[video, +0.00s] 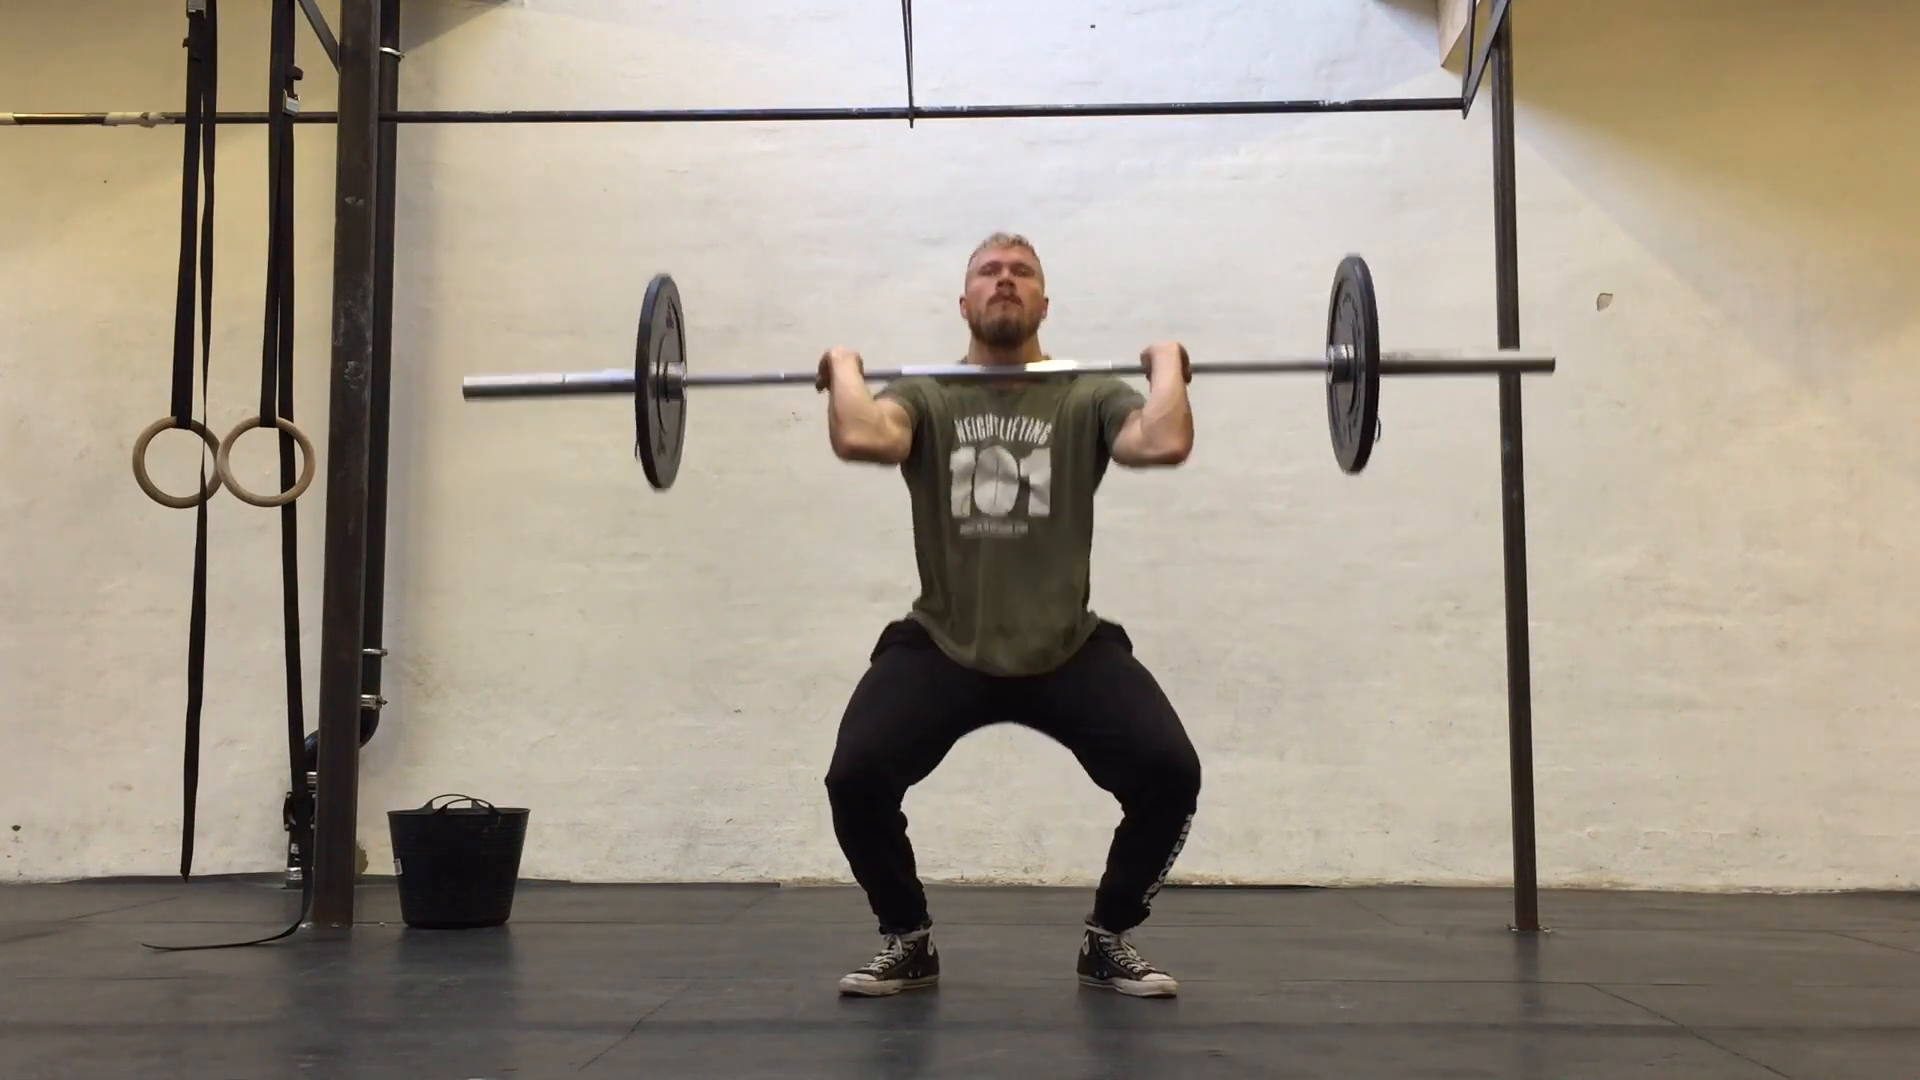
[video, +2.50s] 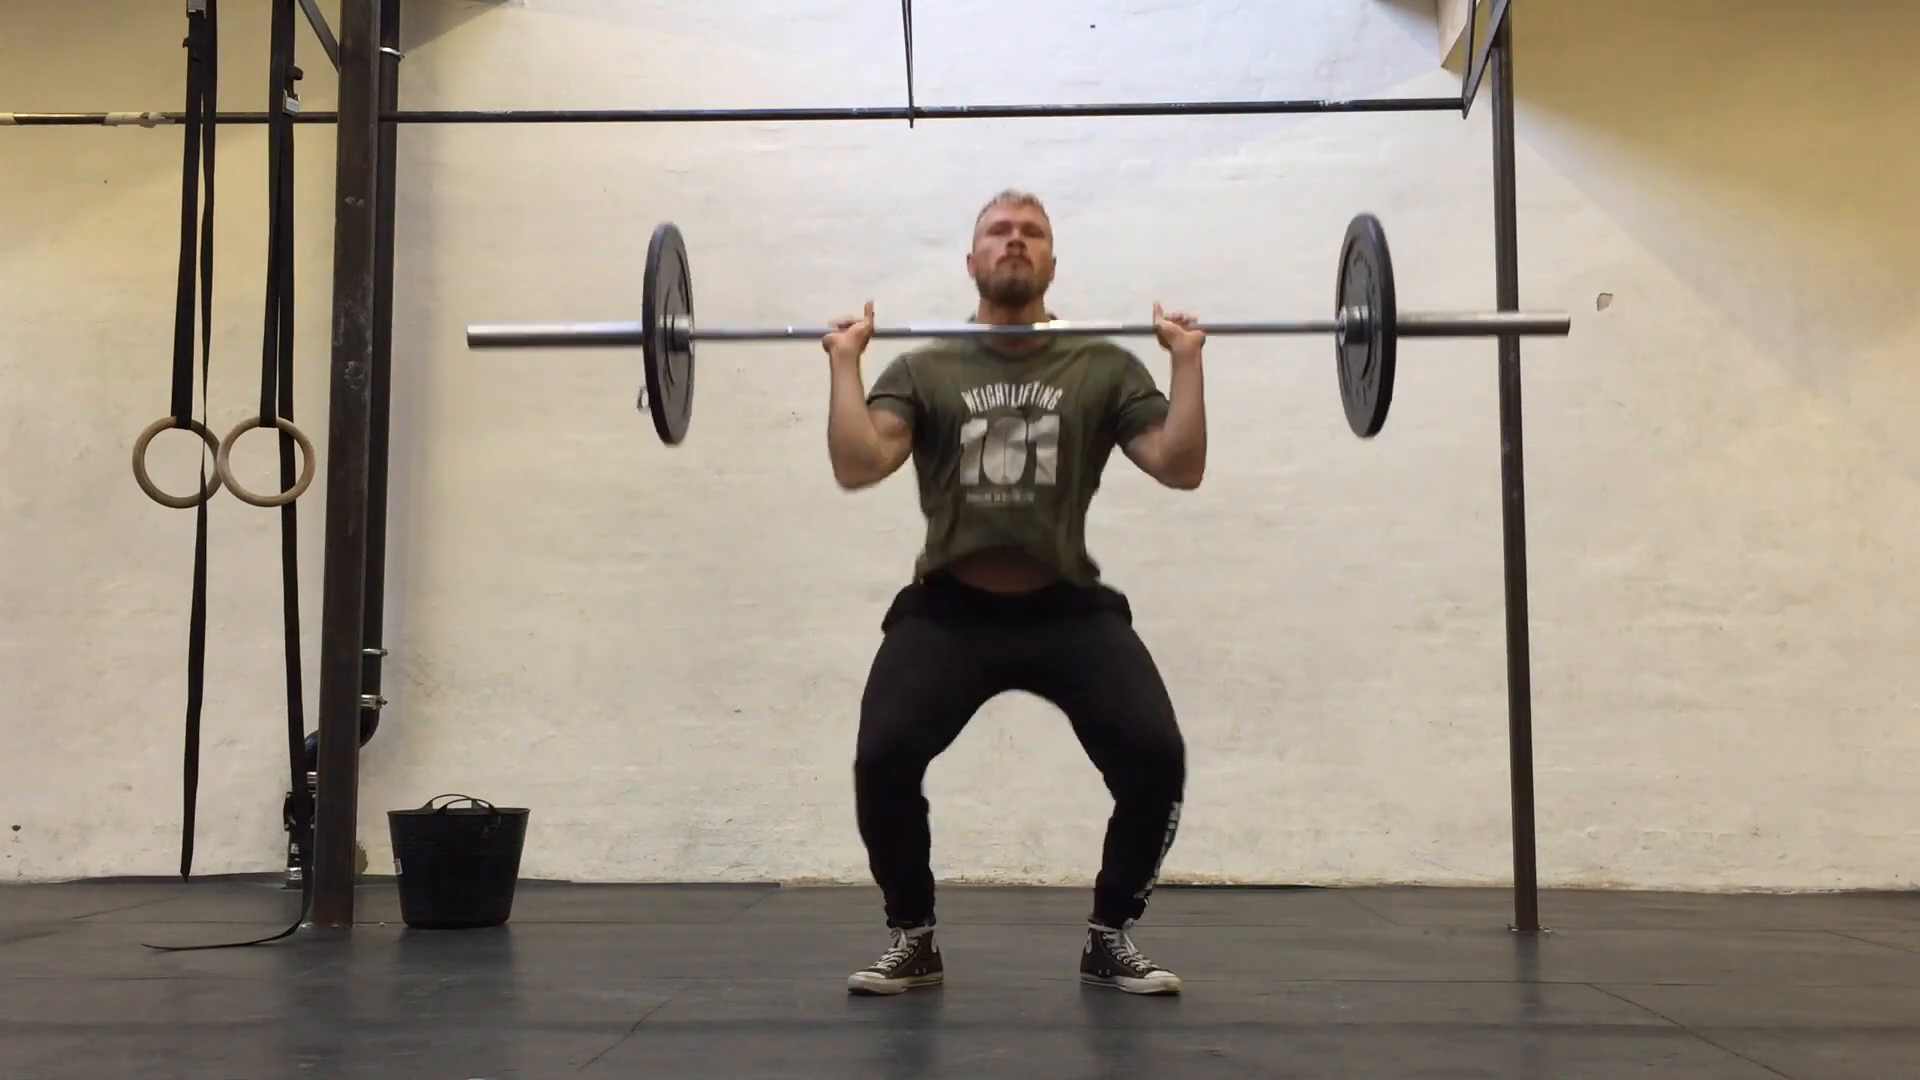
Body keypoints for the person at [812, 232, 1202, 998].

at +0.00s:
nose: (1004, 279)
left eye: (1021, 271)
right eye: (988, 270)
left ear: (1044, 303)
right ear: (963, 301)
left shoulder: (1089, 392)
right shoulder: (924, 396)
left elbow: (1167, 442)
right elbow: (857, 436)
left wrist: (1166, 359)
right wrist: (843, 362)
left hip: (1066, 649)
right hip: (944, 648)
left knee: (1168, 776)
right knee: (857, 779)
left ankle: (1107, 943)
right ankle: (908, 945)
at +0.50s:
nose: (999, 163)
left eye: (1018, 151)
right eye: (983, 150)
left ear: (1042, 170)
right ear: (961, 168)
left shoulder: (1079, 241)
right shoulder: (920, 242)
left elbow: (1150, 127)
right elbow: (849, 133)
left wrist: (1170, 12)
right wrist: (830, 12)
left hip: (1061, 537)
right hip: (950, 538)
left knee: (1090, 746)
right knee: (925, 745)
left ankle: (1106, 940)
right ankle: (906, 939)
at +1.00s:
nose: (1000, 160)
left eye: (1017, 149)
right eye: (983, 149)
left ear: (1043, 171)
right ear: (960, 172)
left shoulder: (1087, 252)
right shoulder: (922, 255)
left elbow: (1182, 161)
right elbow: (826, 156)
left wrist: (1180, 40)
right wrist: (834, 37)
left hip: (1064, 538)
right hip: (952, 539)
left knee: (1093, 744)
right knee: (926, 739)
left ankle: (1106, 941)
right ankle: (905, 933)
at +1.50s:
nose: (1007, 151)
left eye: (1024, 142)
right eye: (991, 141)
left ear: (1049, 171)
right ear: (965, 169)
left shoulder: (1100, 279)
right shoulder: (917, 278)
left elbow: (1176, 379)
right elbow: (843, 381)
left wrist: (1184, 497)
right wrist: (846, 495)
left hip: (1074, 548)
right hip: (951, 550)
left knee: (1107, 737)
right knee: (921, 741)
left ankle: (1110, 932)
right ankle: (908, 931)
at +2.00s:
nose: (1008, 201)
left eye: (1026, 191)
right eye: (992, 190)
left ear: (1052, 224)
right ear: (966, 222)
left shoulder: (1106, 337)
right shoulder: (915, 336)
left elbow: (1149, 463)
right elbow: (870, 460)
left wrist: (1174, 583)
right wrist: (847, 582)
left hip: (1070, 566)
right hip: (950, 564)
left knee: (1111, 735)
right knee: (914, 734)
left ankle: (1109, 937)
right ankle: (909, 936)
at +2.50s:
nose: (1015, 240)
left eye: (1031, 232)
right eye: (999, 230)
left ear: (1053, 265)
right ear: (970, 261)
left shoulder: (1101, 366)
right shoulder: (925, 370)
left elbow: (1181, 468)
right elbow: (856, 466)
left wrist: (1186, 359)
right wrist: (845, 363)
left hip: (1069, 614)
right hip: (947, 615)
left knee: (1155, 761)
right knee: (882, 761)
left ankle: (1109, 944)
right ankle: (913, 942)